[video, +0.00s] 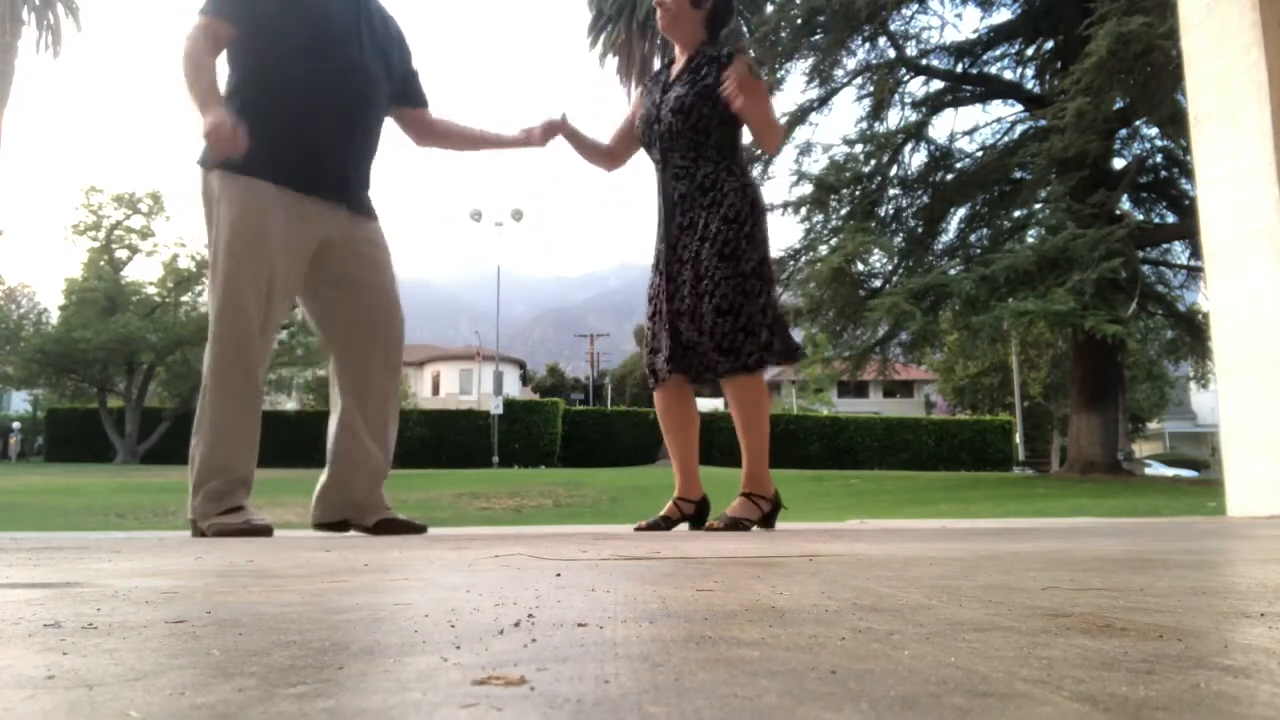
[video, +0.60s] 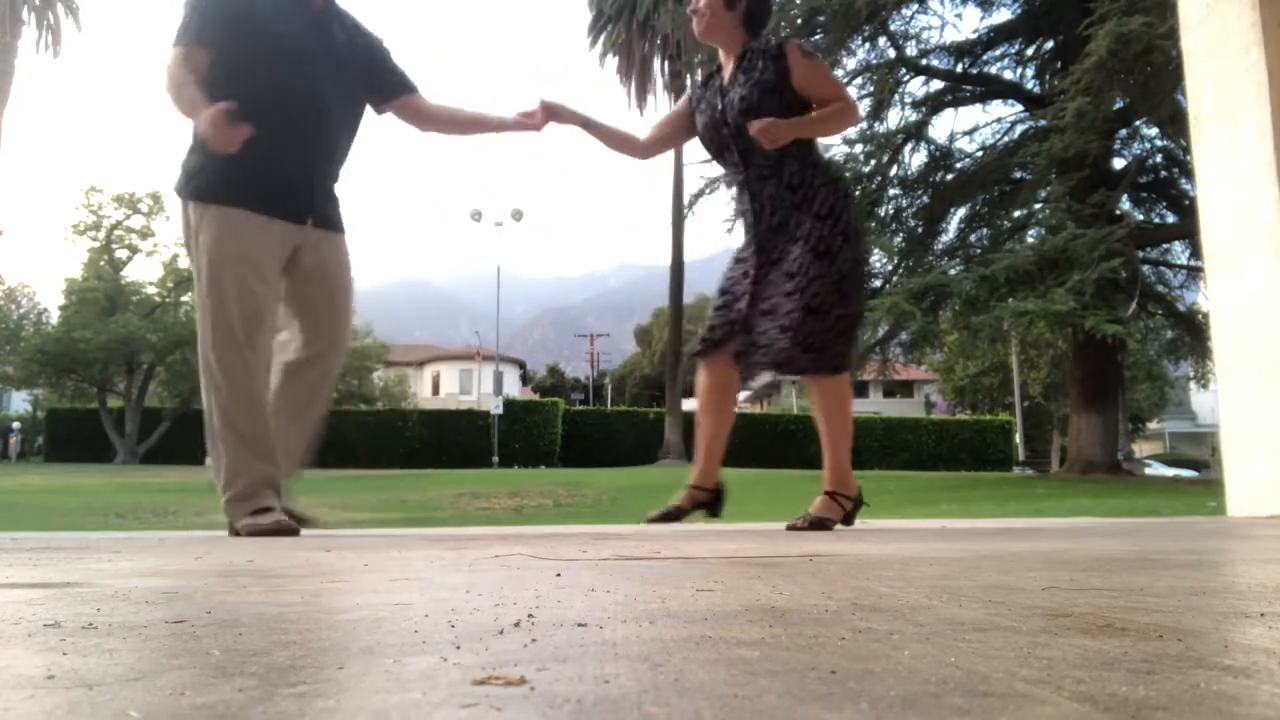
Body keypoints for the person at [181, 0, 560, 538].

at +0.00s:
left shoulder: (381, 24)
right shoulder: (262, 4)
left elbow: (422, 127)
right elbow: (201, 43)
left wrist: (515, 139)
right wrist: (212, 110)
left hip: (344, 204)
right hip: (258, 182)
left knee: (375, 342)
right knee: (240, 348)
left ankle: (352, 500)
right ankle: (218, 505)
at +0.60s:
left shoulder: (353, 38)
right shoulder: (229, 5)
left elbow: (424, 113)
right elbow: (181, 70)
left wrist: (513, 122)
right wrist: (202, 113)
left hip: (314, 208)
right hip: (233, 197)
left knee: (324, 340)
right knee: (239, 350)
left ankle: (266, 485)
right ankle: (250, 503)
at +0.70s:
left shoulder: (353, 47)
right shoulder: (229, 10)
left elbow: (429, 109)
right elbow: (180, 90)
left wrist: (516, 138)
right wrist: (181, 147)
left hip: (303, 221)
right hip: (224, 202)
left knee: (290, 352)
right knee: (233, 353)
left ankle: (184, 459)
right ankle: (251, 504)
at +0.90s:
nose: (333, 1)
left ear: (337, 2)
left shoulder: (359, 59)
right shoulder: (236, 27)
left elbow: (434, 106)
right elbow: (186, 106)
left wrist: (524, 115)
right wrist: (171, 167)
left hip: (291, 238)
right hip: (226, 214)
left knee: (222, 353)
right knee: (238, 356)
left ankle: (152, 489)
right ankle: (248, 502)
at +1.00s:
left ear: (342, 2)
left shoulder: (365, 61)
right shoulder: (249, 31)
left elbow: (436, 104)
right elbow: (194, 107)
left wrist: (521, 111)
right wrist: (184, 169)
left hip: (295, 228)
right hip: (245, 214)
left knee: (234, 353)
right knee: (284, 346)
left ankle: (159, 488)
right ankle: (260, 499)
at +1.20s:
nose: (390, 14)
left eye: (393, 6)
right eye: (379, 4)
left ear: (397, 13)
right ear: (350, 7)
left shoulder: (402, 92)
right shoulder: (310, 63)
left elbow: (454, 155)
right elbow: (255, 145)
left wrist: (517, 157)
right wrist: (260, 199)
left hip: (344, 247)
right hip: (309, 239)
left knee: (242, 367)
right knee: (379, 354)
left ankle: (157, 489)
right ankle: (412, 500)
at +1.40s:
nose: (473, 3)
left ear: (442, 7)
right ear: (439, 2)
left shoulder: (466, 83)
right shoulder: (402, 50)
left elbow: (480, 174)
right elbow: (379, 130)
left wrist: (533, 177)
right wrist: (392, 177)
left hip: (434, 238)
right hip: (397, 228)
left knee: (434, 368)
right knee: (431, 364)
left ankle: (300, 445)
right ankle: (422, 506)